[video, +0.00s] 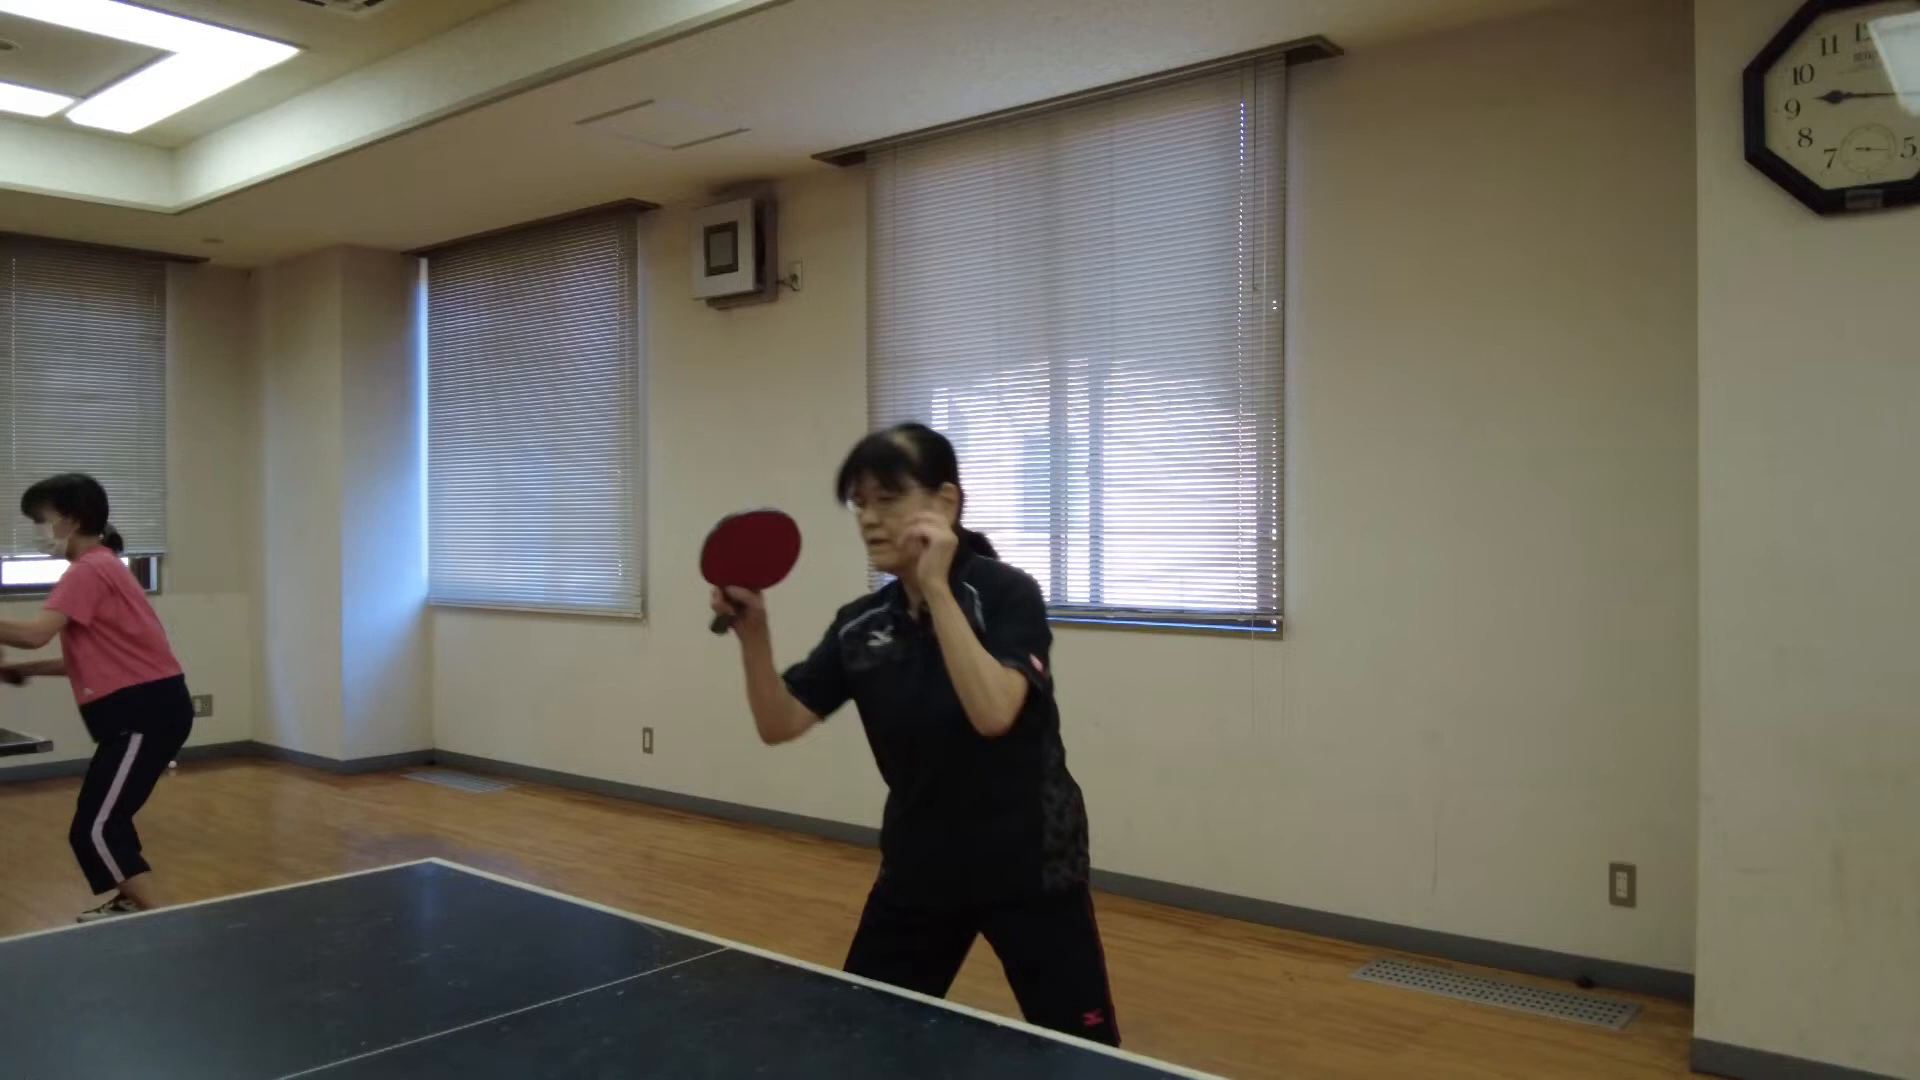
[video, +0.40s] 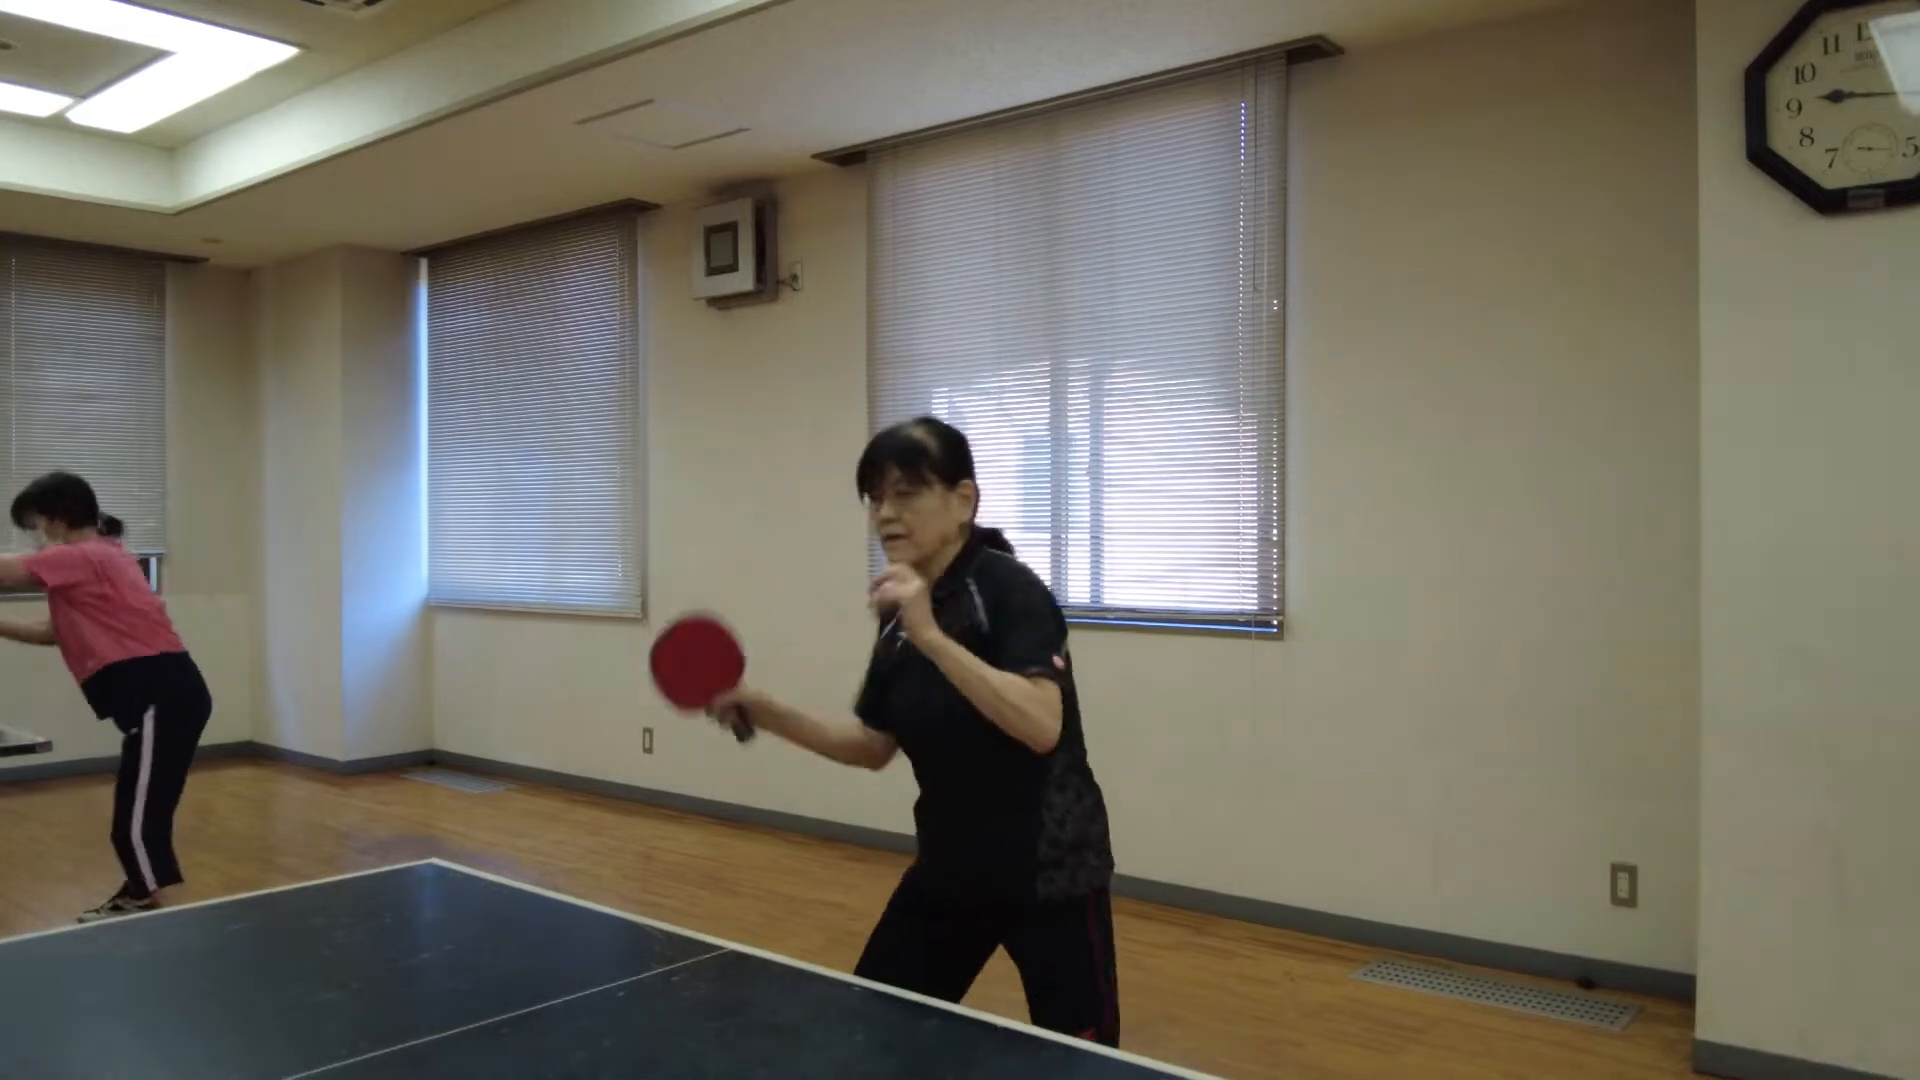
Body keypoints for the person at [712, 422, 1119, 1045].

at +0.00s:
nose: (870, 517)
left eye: (889, 497)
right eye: (860, 503)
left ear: (948, 502)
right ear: (852, 515)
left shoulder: (1006, 593)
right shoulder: (861, 625)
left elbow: (995, 711)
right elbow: (778, 722)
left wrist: (936, 588)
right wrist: (753, 633)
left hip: (1030, 866)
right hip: (923, 868)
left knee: (1086, 1055)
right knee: (858, 1039)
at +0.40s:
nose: (885, 513)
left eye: (906, 494)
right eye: (876, 498)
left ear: (964, 501)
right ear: (868, 509)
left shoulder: (1010, 587)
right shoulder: (905, 609)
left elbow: (1043, 724)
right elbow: (873, 746)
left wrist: (931, 638)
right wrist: (766, 714)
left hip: (1051, 867)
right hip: (954, 862)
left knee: (1082, 1056)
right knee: (870, 1028)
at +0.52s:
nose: (863, 540)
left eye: (883, 519)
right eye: (855, 524)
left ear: (942, 518)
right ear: (849, 532)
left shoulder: (971, 597)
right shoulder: (926, 613)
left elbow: (1013, 725)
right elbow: (943, 769)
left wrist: (889, 659)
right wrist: (819, 777)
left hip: (1045, 888)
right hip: (967, 879)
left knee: (1064, 1065)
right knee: (870, 1029)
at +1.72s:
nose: (946, 515)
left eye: (958, 495)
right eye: (939, 502)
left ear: (1015, 489)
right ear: (941, 511)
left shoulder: (1096, 560)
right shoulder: (976, 619)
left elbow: (1049, 609)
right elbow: (926, 734)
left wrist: (993, 494)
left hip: (1135, 867)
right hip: (1028, 867)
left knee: (1154, 1072)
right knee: (944, 1046)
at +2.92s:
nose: (970, 525)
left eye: (991, 504)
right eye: (960, 508)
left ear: (1052, 504)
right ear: (952, 517)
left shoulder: (1123, 601)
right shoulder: (960, 626)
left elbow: (1133, 702)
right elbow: (873, 728)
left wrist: (1043, 575)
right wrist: (845, 628)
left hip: (1119, 892)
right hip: (1006, 887)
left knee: (1141, 1069)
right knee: (928, 1046)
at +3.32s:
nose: (957, 502)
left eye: (975, 482)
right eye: (949, 485)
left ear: (1042, 483)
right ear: (944, 492)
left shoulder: (1087, 567)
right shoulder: (973, 599)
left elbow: (1025, 624)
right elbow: (942, 721)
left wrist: (978, 494)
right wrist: (847, 649)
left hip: (1080, 887)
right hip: (980, 878)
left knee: (1108, 1067)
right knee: (917, 1044)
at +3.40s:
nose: (957, 494)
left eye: (975, 477)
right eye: (950, 478)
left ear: (1041, 481)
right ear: (944, 485)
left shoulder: (1084, 564)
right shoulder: (970, 597)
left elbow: (1019, 621)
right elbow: (945, 720)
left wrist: (998, 488)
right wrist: (849, 650)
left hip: (1074, 883)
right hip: (976, 872)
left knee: (1106, 1066)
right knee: (912, 1041)